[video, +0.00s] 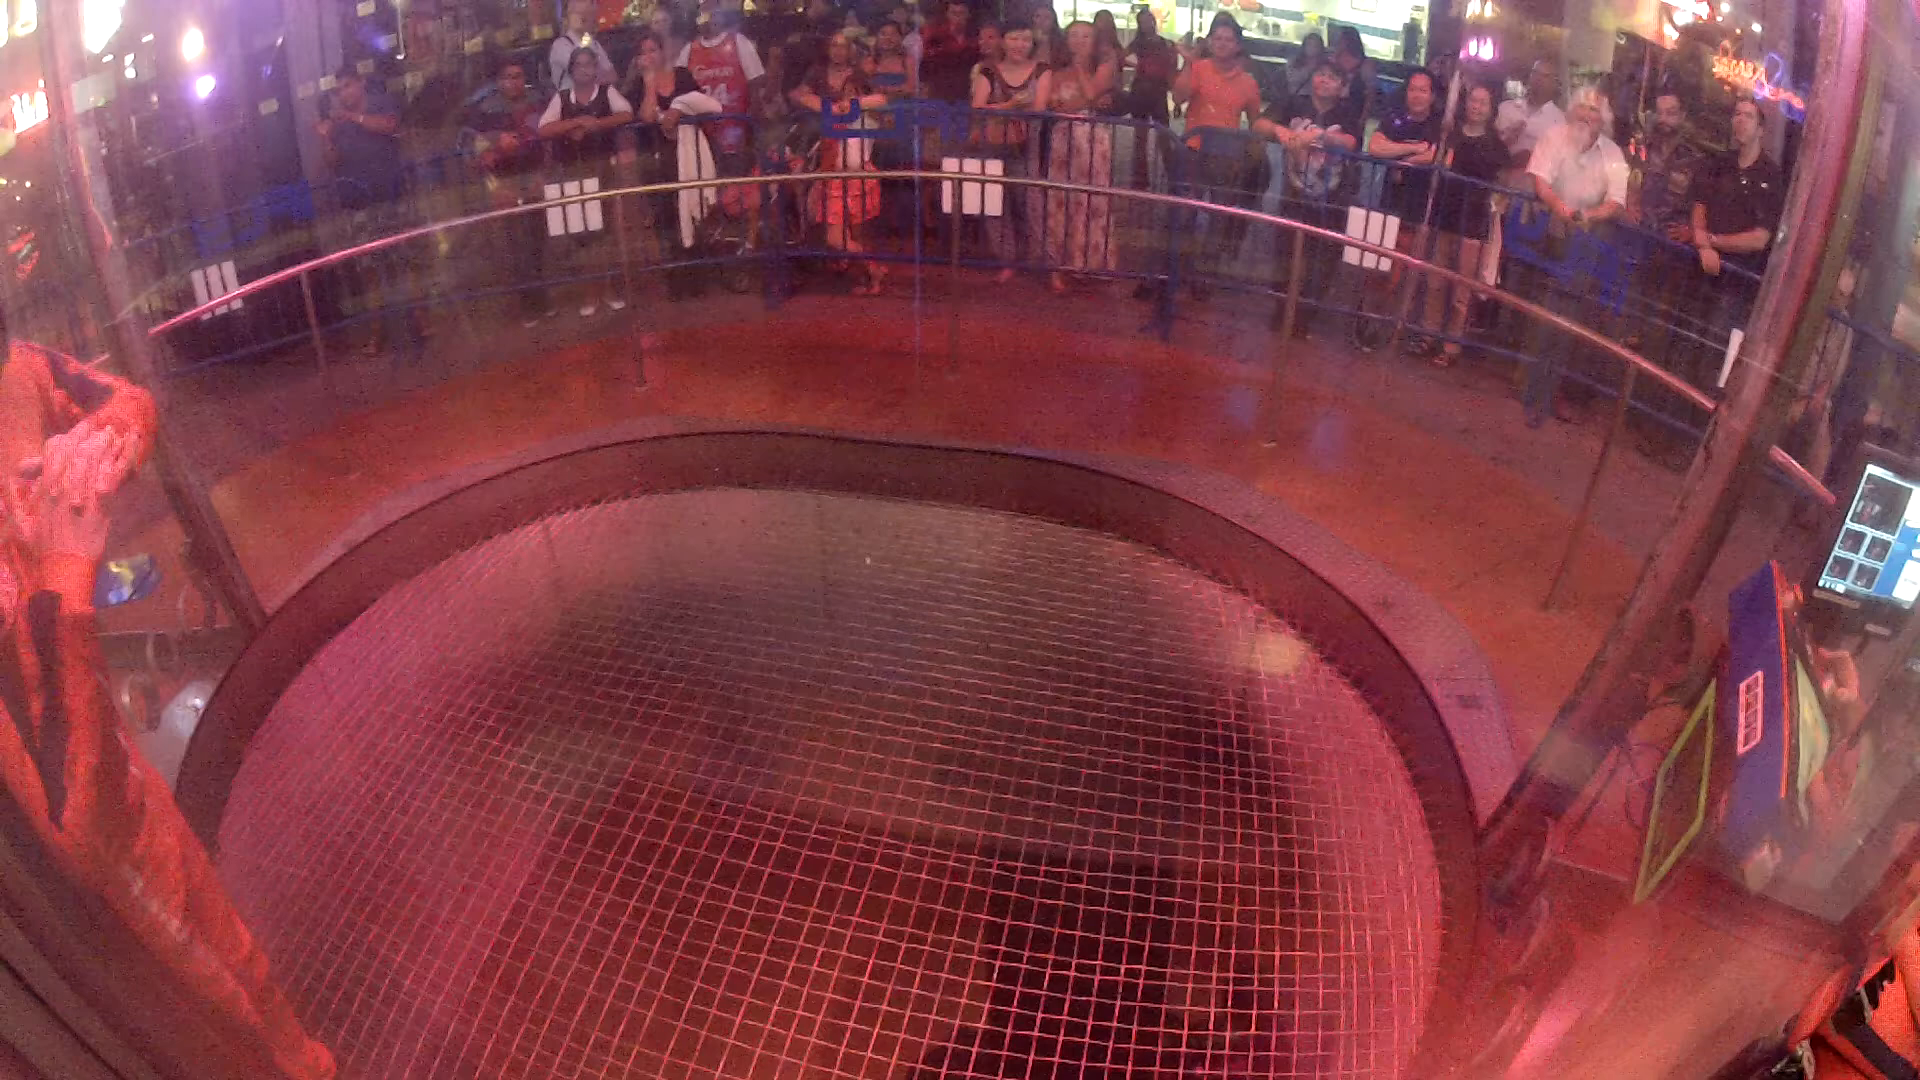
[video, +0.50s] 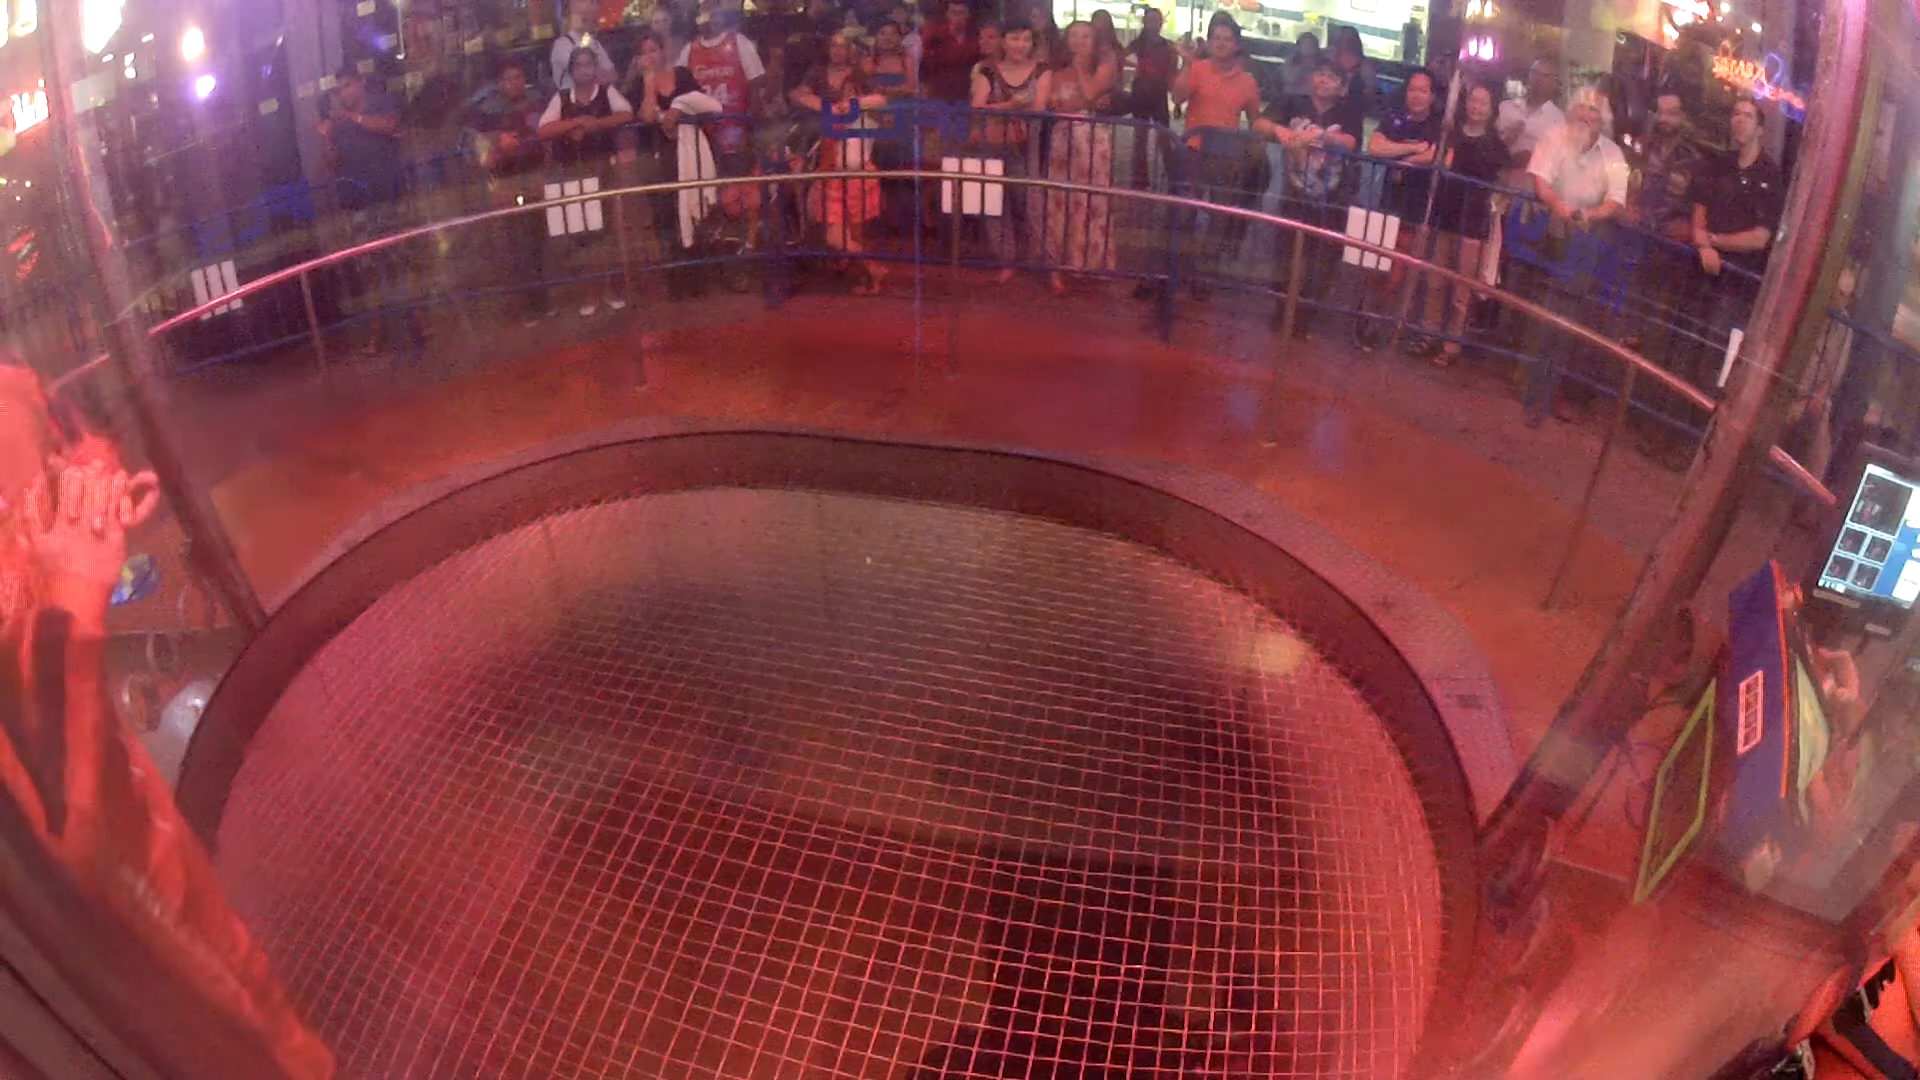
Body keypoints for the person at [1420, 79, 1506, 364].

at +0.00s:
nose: (1476, 106)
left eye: (1482, 103)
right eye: (1472, 100)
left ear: (1491, 110)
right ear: (1464, 104)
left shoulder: (1496, 147)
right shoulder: (1451, 138)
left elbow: (1489, 172)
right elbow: (1437, 169)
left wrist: (1455, 157)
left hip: (1473, 221)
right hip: (1443, 215)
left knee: (1462, 287)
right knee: (1435, 280)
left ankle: (1452, 344)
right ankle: (1428, 334)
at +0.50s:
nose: (1476, 107)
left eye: (1483, 102)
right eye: (1473, 100)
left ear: (1492, 110)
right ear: (1465, 104)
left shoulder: (1496, 146)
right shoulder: (1452, 138)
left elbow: (1490, 174)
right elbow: (1437, 166)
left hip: (1473, 219)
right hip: (1443, 213)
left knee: (1462, 286)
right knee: (1435, 279)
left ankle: (1452, 342)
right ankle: (1428, 333)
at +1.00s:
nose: (1477, 107)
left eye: (1484, 103)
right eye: (1473, 101)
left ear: (1494, 109)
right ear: (1465, 104)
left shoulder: (1498, 146)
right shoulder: (1452, 136)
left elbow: (1494, 180)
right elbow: (1438, 167)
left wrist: (1456, 161)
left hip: (1474, 219)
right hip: (1443, 212)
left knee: (1463, 285)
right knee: (1435, 280)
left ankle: (1452, 342)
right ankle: (1429, 333)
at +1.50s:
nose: (1478, 107)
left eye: (1485, 103)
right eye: (1474, 101)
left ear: (1494, 111)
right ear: (1466, 104)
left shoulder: (1498, 147)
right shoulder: (1452, 137)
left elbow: (1504, 185)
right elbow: (1439, 166)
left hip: (1475, 217)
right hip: (1445, 211)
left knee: (1463, 284)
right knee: (1435, 277)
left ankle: (1452, 341)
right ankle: (1429, 331)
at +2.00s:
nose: (1479, 107)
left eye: (1486, 103)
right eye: (1475, 101)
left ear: (1495, 111)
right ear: (1466, 104)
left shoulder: (1498, 147)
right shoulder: (1452, 136)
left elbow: (1505, 185)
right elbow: (1439, 165)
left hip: (1476, 217)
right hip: (1445, 211)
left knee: (1464, 284)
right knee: (1435, 278)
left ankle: (1452, 342)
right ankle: (1429, 332)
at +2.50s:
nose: (1480, 107)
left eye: (1487, 104)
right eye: (1477, 101)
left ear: (1496, 112)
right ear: (1468, 104)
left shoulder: (1500, 148)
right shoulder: (1453, 137)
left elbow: (1506, 187)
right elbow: (1439, 167)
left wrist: (1497, 212)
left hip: (1477, 219)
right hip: (1446, 212)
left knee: (1464, 287)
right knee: (1436, 279)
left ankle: (1453, 342)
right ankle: (1430, 333)